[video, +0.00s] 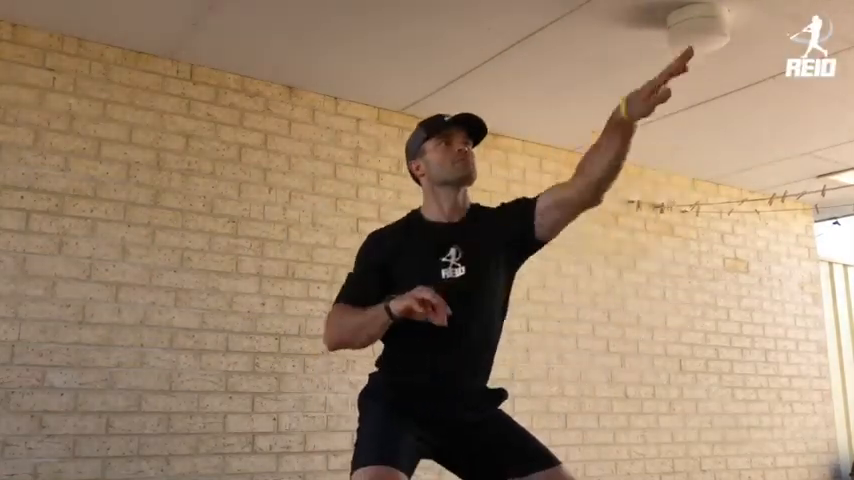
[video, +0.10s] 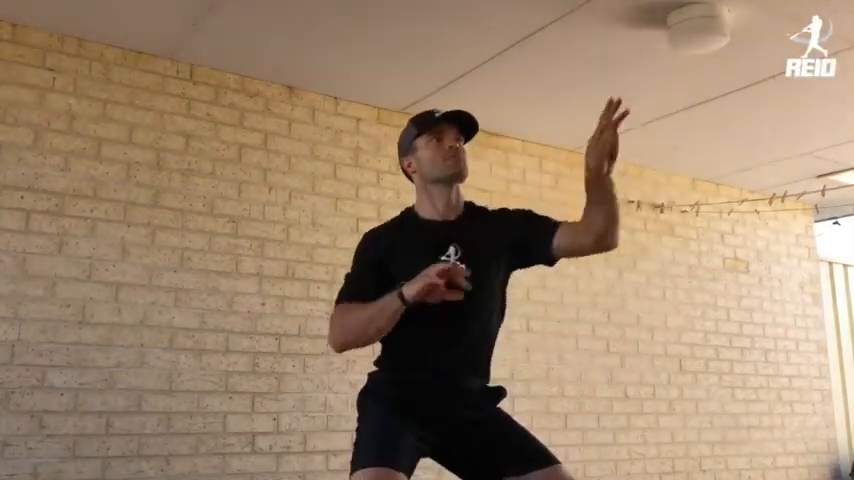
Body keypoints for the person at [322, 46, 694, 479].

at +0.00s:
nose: (462, 145)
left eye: (466, 140)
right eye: (444, 140)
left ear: (475, 159)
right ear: (417, 167)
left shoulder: (503, 228)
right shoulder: (386, 244)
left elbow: (584, 190)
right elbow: (336, 333)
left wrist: (624, 117)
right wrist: (391, 309)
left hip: (470, 408)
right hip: (397, 403)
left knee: (553, 476)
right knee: (377, 477)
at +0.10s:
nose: (454, 143)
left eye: (459, 137)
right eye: (436, 138)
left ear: (467, 156)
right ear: (410, 166)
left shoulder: (501, 229)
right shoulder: (382, 242)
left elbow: (599, 236)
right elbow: (341, 335)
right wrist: (405, 295)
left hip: (469, 405)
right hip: (396, 402)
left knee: (553, 476)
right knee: (378, 475)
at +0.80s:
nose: (423, 142)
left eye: (428, 137)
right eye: (404, 139)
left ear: (437, 155)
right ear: (381, 170)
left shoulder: (476, 223)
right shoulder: (361, 247)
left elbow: (568, 209)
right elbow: (340, 354)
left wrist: (526, 154)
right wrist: (396, 305)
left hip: (465, 408)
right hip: (389, 411)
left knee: (554, 475)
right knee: (378, 475)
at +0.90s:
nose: (408, 140)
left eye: (413, 134)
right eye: (388, 137)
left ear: (425, 154)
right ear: (365, 169)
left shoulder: (465, 212)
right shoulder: (347, 251)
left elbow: (534, 156)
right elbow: (313, 357)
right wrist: (349, 324)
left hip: (460, 408)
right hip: (383, 411)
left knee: (547, 475)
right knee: (365, 476)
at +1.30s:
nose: (457, 136)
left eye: (462, 132)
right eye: (439, 132)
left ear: (472, 149)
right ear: (412, 160)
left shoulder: (492, 240)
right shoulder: (396, 218)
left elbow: (532, 316)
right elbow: (411, 252)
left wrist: (555, 298)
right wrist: (478, 185)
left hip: (461, 405)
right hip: (393, 402)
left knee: (551, 475)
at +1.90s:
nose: (484, 141)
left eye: (488, 137)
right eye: (468, 136)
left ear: (496, 158)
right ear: (439, 161)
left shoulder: (512, 229)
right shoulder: (399, 224)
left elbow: (590, 193)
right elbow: (343, 305)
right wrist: (393, 290)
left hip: (472, 402)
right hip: (398, 395)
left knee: (554, 477)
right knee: (369, 475)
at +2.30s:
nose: (442, 136)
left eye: (445, 131)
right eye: (423, 132)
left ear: (457, 146)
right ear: (396, 160)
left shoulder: (476, 234)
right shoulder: (386, 227)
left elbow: (507, 301)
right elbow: (394, 285)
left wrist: (547, 307)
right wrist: (466, 204)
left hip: (454, 402)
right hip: (387, 402)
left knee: (546, 475)